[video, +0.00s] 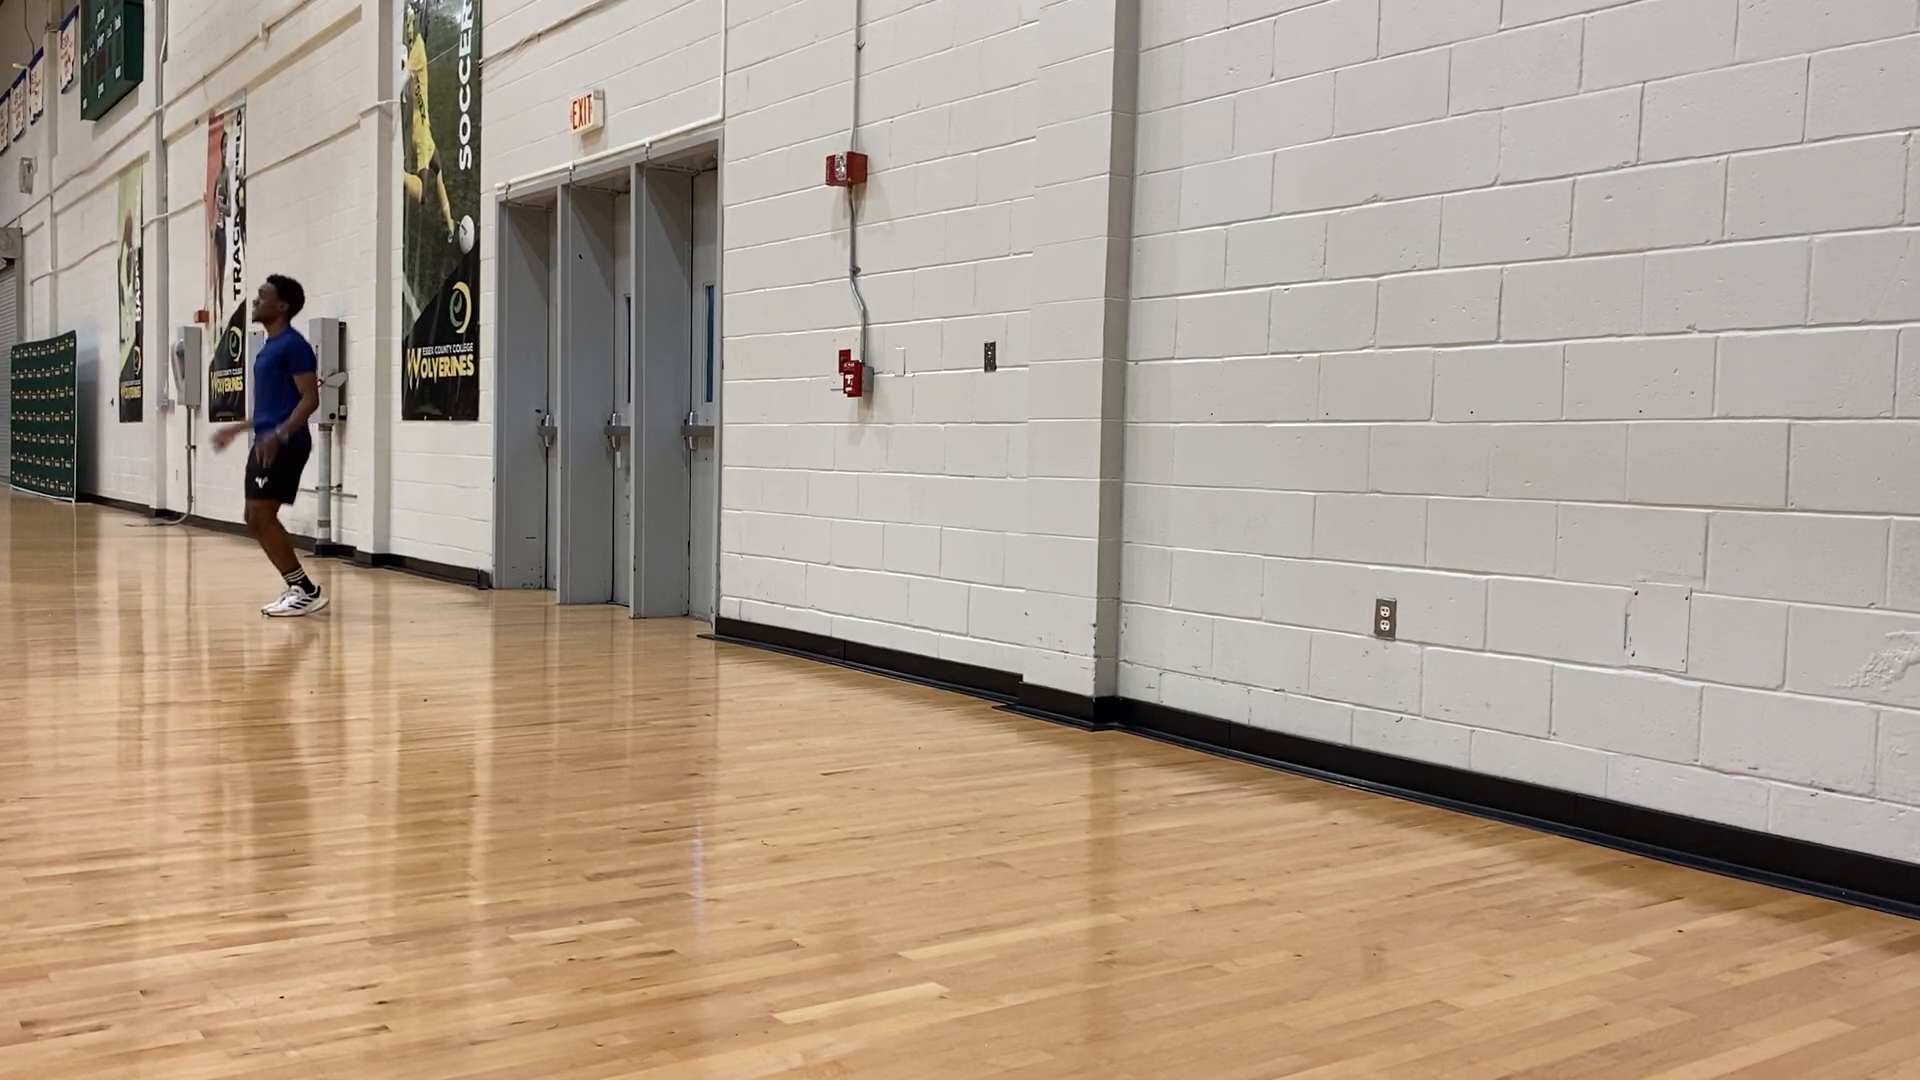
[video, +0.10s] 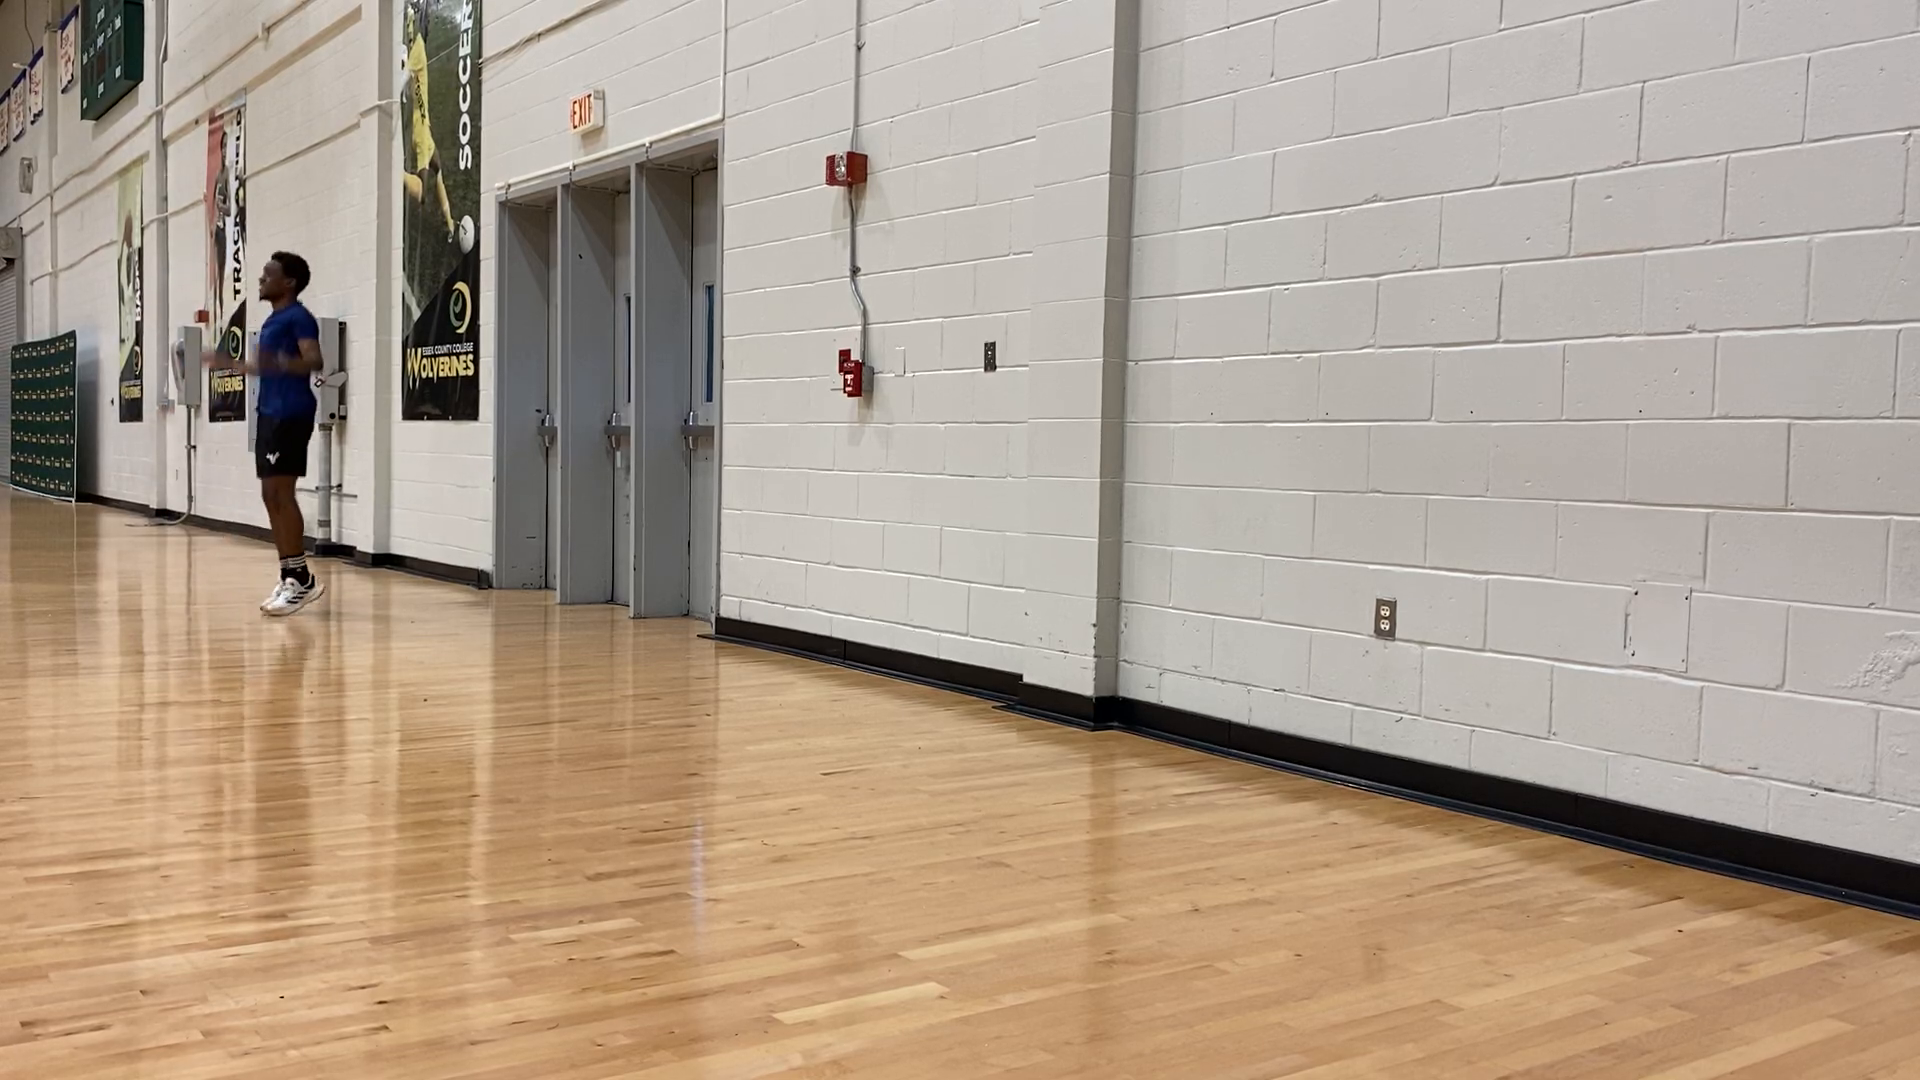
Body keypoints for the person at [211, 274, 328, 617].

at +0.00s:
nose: (255, 301)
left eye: (262, 297)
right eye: (257, 296)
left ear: (281, 307)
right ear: (275, 308)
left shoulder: (294, 345)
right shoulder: (270, 346)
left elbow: (311, 399)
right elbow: (270, 408)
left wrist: (279, 434)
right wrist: (236, 429)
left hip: (286, 440)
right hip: (267, 438)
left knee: (263, 516)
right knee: (253, 519)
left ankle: (304, 590)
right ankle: (299, 588)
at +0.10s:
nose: (261, 279)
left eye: (268, 274)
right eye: (263, 274)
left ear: (289, 282)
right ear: (278, 282)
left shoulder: (298, 317)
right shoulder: (273, 320)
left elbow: (315, 359)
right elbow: (267, 368)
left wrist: (282, 364)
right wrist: (230, 363)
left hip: (291, 417)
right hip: (271, 416)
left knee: (281, 495)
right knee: (272, 495)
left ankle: (301, 580)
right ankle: (290, 578)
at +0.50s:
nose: (277, 290)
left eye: (284, 286)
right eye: (279, 285)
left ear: (302, 294)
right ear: (285, 292)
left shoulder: (312, 323)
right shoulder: (287, 323)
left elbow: (315, 296)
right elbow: (262, 301)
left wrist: (288, 261)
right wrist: (251, 259)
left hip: (307, 424)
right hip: (287, 424)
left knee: (290, 502)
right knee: (275, 505)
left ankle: (328, 583)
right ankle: (309, 583)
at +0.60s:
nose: (283, 275)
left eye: (290, 270)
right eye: (285, 269)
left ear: (307, 279)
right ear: (293, 280)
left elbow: (321, 312)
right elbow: (263, 314)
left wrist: (290, 282)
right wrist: (231, 278)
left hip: (309, 412)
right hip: (287, 411)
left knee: (298, 490)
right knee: (283, 491)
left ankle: (325, 574)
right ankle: (306, 575)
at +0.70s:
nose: (284, 277)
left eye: (291, 274)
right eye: (288, 272)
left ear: (307, 284)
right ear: (303, 284)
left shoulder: (317, 314)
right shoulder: (294, 320)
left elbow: (341, 348)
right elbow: (274, 348)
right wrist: (230, 322)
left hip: (310, 415)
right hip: (291, 414)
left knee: (297, 494)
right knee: (288, 495)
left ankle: (326, 577)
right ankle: (314, 577)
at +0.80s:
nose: (285, 294)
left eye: (292, 291)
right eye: (289, 289)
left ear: (308, 302)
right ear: (304, 302)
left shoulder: (320, 339)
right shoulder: (298, 341)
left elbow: (348, 383)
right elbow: (293, 391)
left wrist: (302, 398)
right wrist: (250, 386)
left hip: (313, 436)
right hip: (295, 436)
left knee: (297, 511)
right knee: (286, 511)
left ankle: (335, 589)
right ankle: (324, 586)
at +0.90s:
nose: (286, 297)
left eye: (293, 293)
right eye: (290, 291)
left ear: (310, 303)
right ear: (306, 303)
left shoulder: (322, 341)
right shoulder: (302, 344)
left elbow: (345, 392)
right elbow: (301, 400)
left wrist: (298, 411)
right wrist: (265, 413)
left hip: (316, 441)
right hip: (299, 439)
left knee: (298, 510)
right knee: (287, 512)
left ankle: (334, 589)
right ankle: (326, 587)